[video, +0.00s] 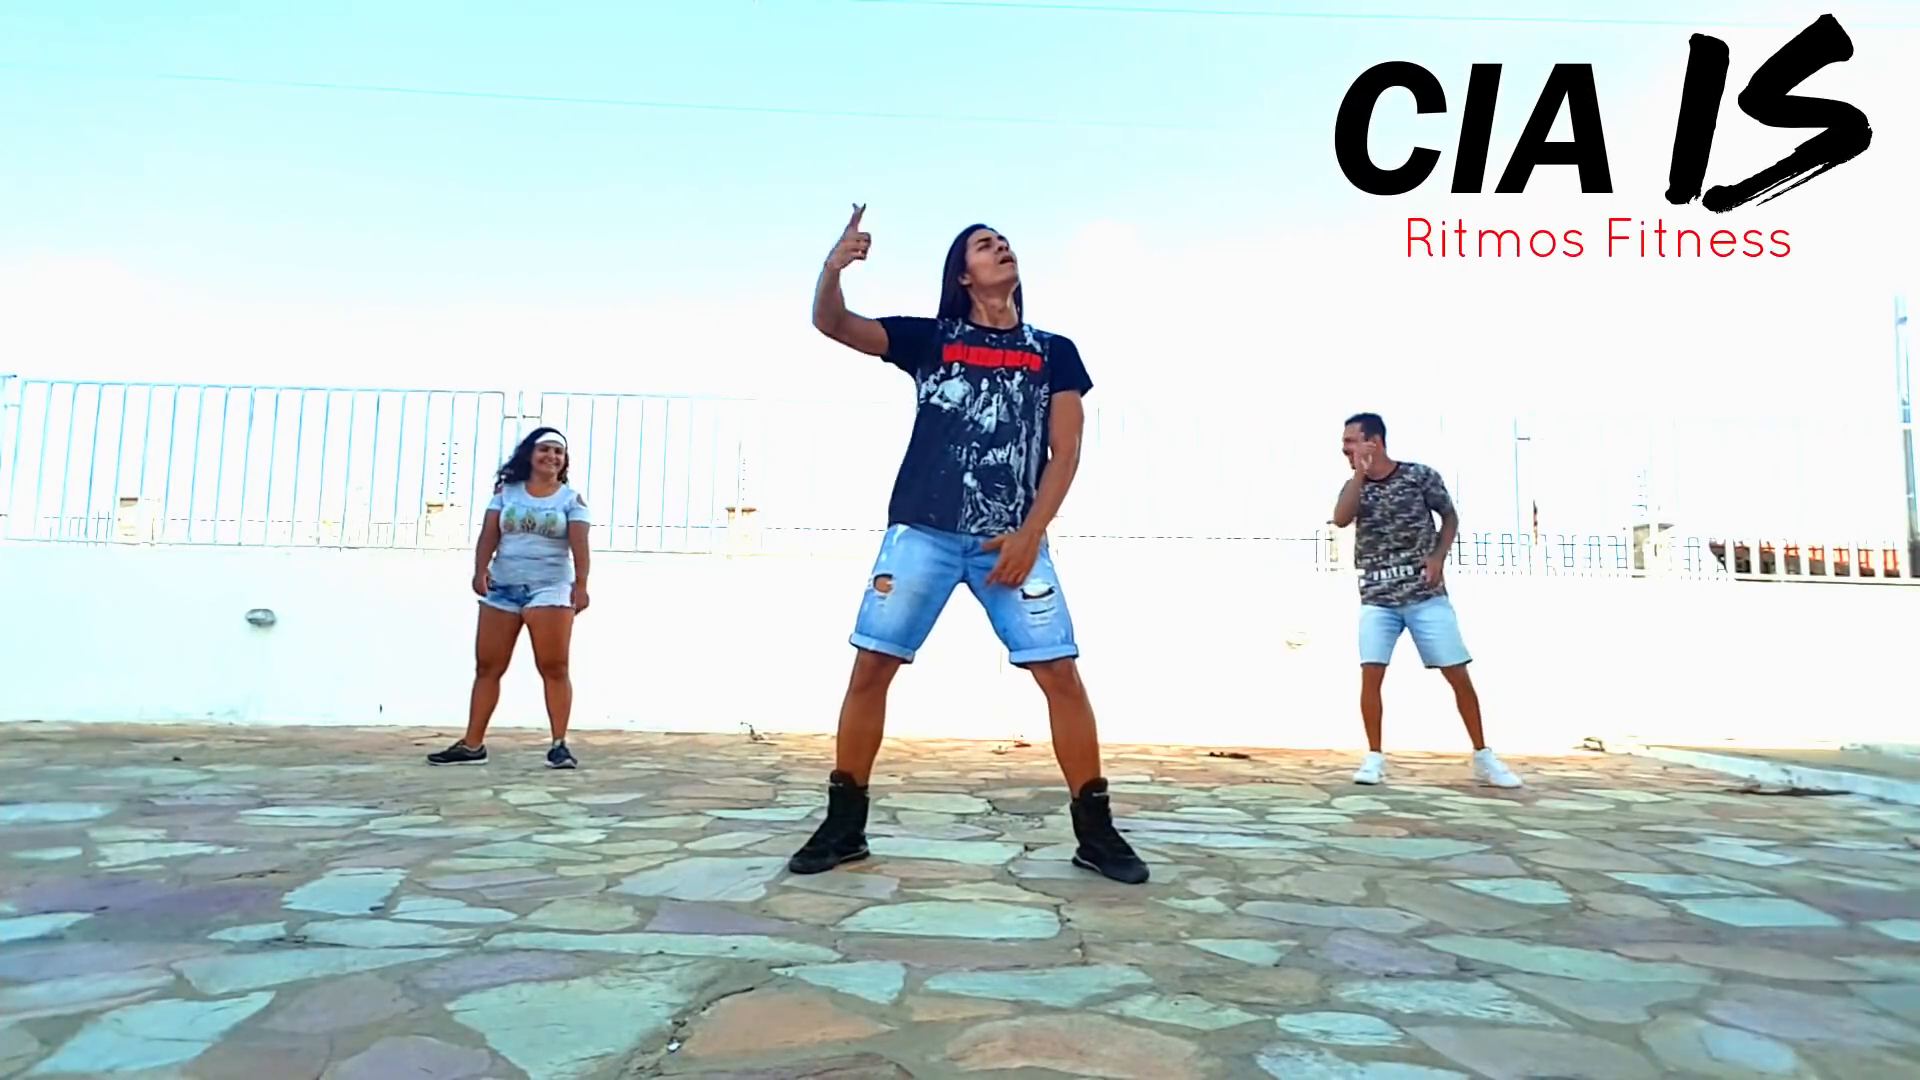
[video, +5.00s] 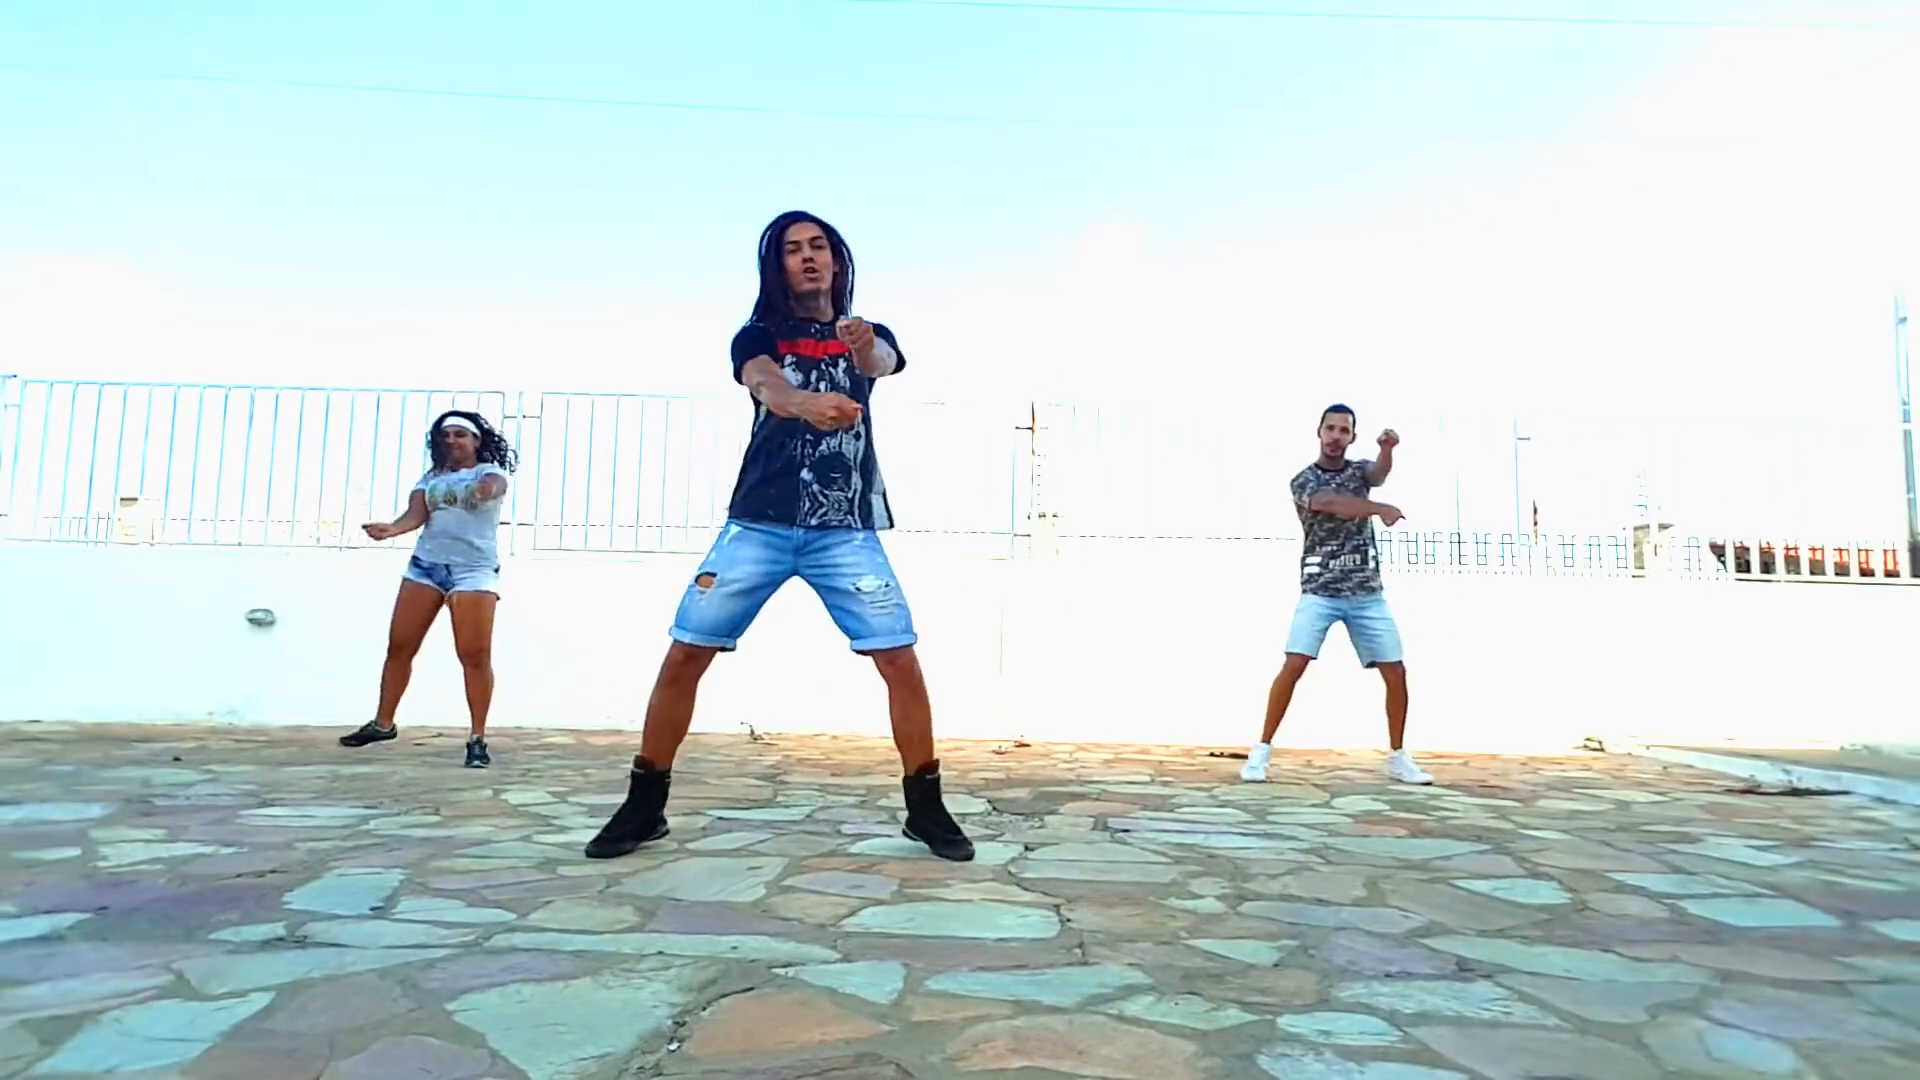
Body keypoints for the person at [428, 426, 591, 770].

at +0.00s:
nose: (550, 454)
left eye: (557, 451)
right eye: (544, 449)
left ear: (564, 460)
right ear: (528, 455)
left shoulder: (571, 500)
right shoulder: (506, 492)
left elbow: (580, 545)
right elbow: (489, 533)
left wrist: (581, 584)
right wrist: (481, 568)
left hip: (550, 589)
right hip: (501, 587)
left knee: (554, 668)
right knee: (487, 667)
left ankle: (559, 743)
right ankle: (472, 743)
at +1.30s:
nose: (543, 464)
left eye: (551, 458)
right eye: (538, 457)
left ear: (570, 462)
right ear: (533, 460)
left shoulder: (584, 504)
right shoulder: (518, 495)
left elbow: (587, 554)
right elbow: (497, 541)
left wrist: (551, 563)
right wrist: (475, 583)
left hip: (558, 591)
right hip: (513, 588)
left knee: (558, 667)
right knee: (492, 667)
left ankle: (558, 745)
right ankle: (472, 743)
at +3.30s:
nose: (527, 459)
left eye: (535, 454)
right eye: (520, 454)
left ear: (550, 462)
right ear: (513, 463)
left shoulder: (561, 496)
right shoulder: (500, 497)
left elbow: (564, 513)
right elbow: (486, 523)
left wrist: (553, 517)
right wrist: (489, 536)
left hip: (543, 589)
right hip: (494, 586)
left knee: (553, 668)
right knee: (479, 666)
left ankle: (558, 744)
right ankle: (471, 744)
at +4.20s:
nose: (531, 454)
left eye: (537, 449)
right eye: (523, 449)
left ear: (545, 459)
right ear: (510, 458)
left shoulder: (555, 495)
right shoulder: (493, 497)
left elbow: (565, 516)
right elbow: (470, 534)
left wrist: (561, 525)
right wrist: (449, 562)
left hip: (539, 588)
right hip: (489, 587)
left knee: (551, 669)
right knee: (471, 668)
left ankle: (556, 744)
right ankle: (471, 744)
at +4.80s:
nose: (489, 446)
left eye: (497, 440)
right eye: (483, 439)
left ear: (508, 448)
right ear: (472, 445)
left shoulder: (512, 483)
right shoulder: (449, 481)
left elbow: (520, 499)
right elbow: (433, 510)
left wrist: (517, 506)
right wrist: (426, 526)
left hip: (501, 570)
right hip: (453, 569)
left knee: (523, 648)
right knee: (434, 655)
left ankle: (544, 724)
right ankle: (438, 730)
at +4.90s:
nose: (468, 435)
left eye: (476, 430)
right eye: (462, 430)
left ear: (491, 436)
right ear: (454, 438)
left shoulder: (505, 467)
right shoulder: (442, 472)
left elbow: (507, 482)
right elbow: (422, 505)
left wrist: (502, 488)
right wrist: (390, 522)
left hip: (487, 565)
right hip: (437, 564)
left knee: (497, 643)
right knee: (419, 646)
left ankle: (507, 725)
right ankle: (419, 723)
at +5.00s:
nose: (453, 439)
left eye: (461, 434)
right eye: (446, 434)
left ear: (477, 441)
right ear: (439, 443)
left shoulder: (491, 472)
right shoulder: (428, 481)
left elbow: (493, 485)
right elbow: (414, 516)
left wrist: (483, 490)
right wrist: (389, 530)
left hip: (474, 570)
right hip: (425, 567)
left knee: (475, 656)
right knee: (399, 648)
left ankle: (477, 738)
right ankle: (383, 724)